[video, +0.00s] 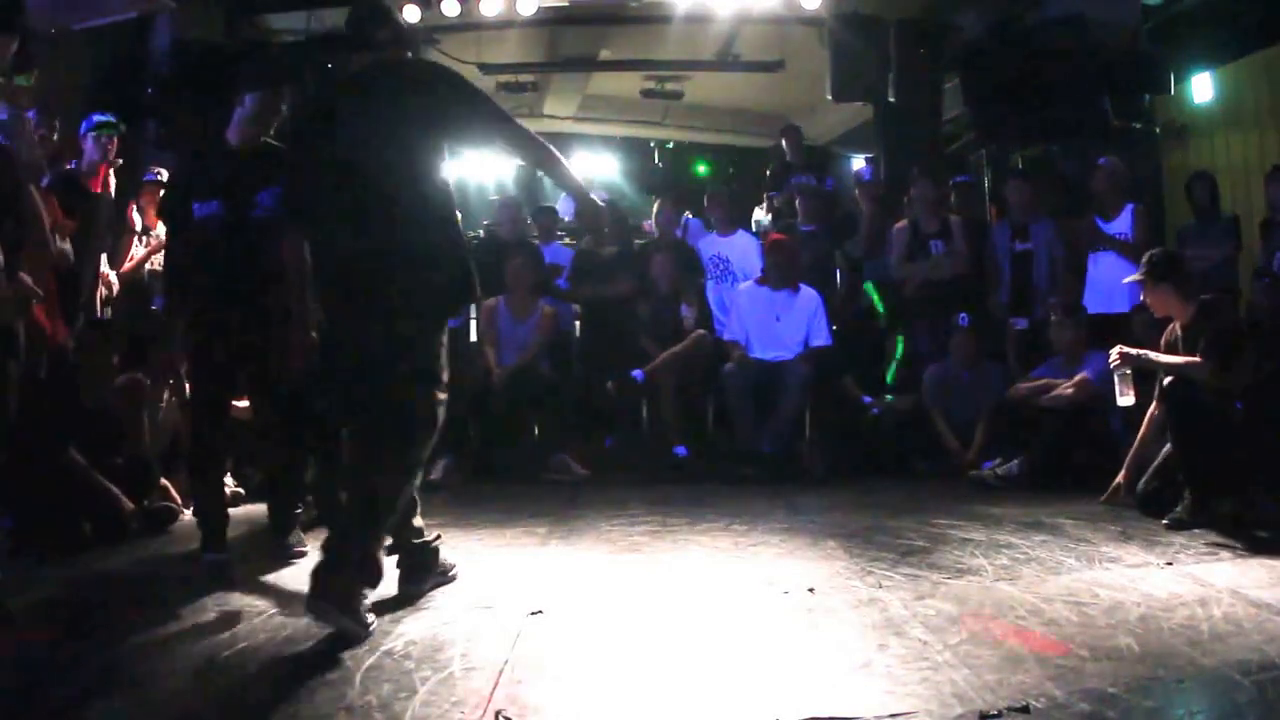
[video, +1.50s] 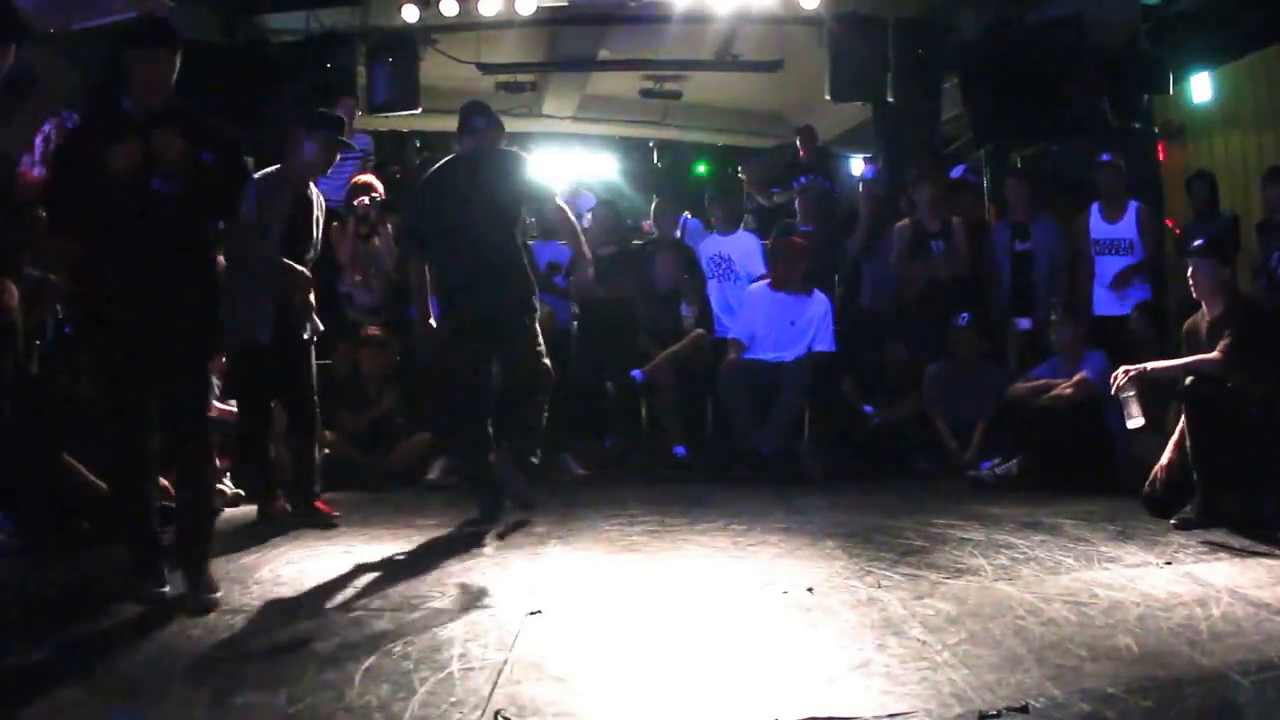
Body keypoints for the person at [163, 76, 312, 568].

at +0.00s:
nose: (265, 121)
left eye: (271, 112)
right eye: (260, 109)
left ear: (276, 119)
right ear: (238, 111)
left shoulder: (282, 169)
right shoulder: (197, 170)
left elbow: (299, 252)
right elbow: (176, 251)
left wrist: (304, 321)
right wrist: (175, 322)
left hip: (270, 314)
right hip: (207, 314)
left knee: (279, 420)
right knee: (205, 424)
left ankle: (285, 522)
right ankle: (210, 530)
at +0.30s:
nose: (261, 116)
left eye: (264, 106)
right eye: (253, 104)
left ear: (265, 111)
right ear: (227, 104)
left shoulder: (268, 171)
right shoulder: (188, 162)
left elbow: (288, 242)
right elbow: (162, 233)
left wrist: (285, 300)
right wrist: (171, 305)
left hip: (259, 305)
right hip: (200, 306)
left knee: (262, 411)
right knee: (203, 415)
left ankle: (256, 516)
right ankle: (210, 524)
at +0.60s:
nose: (269, 121)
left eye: (275, 113)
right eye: (262, 110)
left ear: (277, 119)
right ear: (238, 108)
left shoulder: (273, 175)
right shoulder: (191, 164)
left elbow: (290, 250)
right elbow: (159, 235)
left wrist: (293, 308)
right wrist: (172, 298)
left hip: (260, 310)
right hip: (203, 310)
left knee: (253, 416)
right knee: (205, 418)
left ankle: (249, 525)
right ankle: (210, 529)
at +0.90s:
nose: (239, 124)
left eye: (249, 114)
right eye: (231, 113)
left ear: (258, 115)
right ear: (210, 112)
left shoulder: (262, 168)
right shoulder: (176, 159)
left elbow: (297, 233)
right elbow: (128, 217)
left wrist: (280, 231)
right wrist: (179, 220)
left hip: (248, 317)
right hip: (185, 315)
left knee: (247, 427)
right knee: (170, 433)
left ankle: (249, 528)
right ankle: (152, 548)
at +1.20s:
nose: (187, 97)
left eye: (195, 87)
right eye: (178, 87)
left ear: (207, 89)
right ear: (161, 88)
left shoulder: (226, 146)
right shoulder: (124, 149)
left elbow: (252, 219)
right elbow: (99, 223)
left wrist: (221, 182)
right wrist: (152, 185)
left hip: (216, 304)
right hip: (145, 306)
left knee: (237, 416)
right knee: (141, 429)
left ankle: (246, 519)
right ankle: (143, 548)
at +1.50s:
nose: (153, 75)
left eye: (163, 63)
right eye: (142, 63)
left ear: (176, 65)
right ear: (125, 66)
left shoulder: (200, 133)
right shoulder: (93, 134)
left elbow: (231, 202)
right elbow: (61, 215)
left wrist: (186, 167)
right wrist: (109, 173)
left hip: (186, 305)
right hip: (114, 307)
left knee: (190, 436)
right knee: (126, 438)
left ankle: (197, 567)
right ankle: (143, 568)